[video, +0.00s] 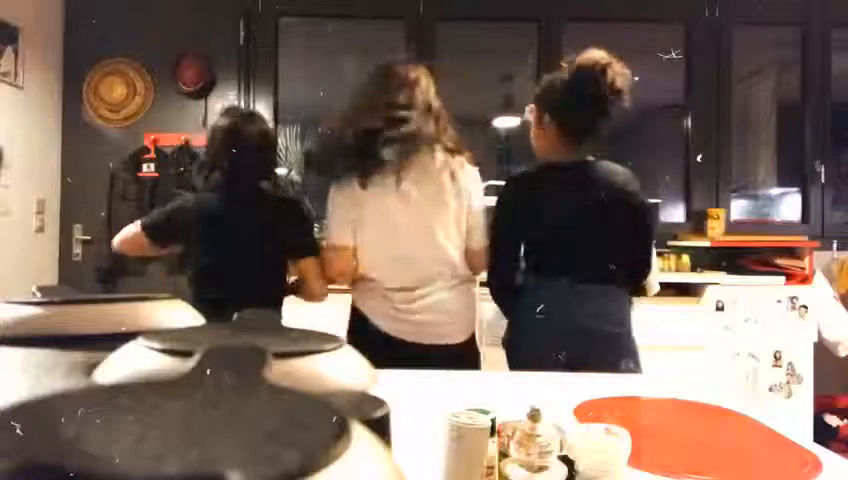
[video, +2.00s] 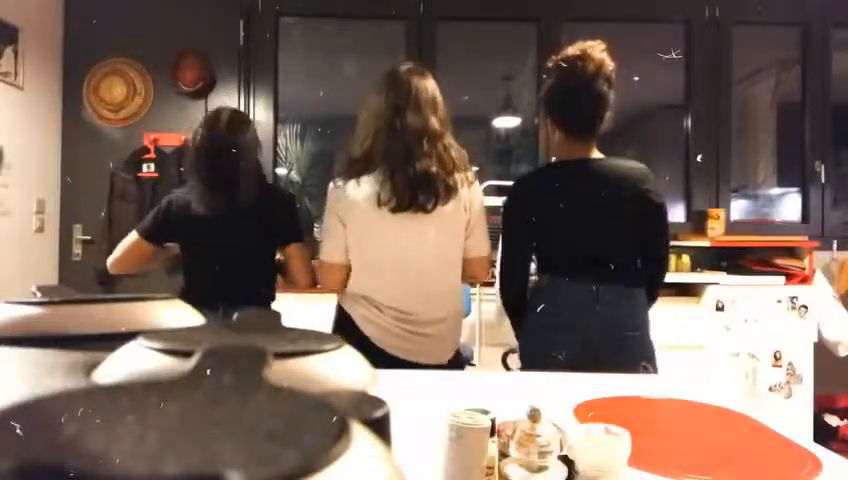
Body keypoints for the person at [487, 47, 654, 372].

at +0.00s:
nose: (531, 131)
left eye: (533, 122)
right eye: (531, 122)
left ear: (548, 124)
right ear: (591, 122)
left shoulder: (522, 188)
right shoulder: (624, 184)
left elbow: (500, 275)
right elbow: (638, 271)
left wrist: (525, 316)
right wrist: (611, 296)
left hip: (541, 316)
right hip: (608, 313)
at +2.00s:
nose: (542, 123)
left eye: (543, 114)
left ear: (550, 120)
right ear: (603, 116)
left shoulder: (530, 188)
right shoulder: (638, 179)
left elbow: (511, 282)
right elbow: (656, 268)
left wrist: (531, 335)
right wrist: (630, 312)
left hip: (555, 312)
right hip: (624, 312)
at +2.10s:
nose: (543, 120)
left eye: (544, 111)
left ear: (552, 117)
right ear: (604, 113)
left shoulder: (529, 187)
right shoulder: (638, 178)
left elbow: (513, 281)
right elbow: (658, 266)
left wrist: (533, 330)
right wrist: (632, 313)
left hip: (555, 318)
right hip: (625, 317)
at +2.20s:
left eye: (545, 108)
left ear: (549, 113)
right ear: (605, 112)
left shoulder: (527, 186)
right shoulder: (638, 178)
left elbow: (513, 279)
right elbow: (656, 268)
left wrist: (536, 331)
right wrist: (628, 316)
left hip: (554, 328)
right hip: (626, 326)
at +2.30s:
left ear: (549, 116)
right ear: (605, 116)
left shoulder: (528, 190)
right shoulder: (637, 183)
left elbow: (509, 283)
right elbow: (656, 271)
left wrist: (531, 334)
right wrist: (629, 321)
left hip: (552, 329)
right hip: (624, 330)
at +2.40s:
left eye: (544, 114)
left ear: (549, 119)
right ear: (605, 118)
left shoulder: (532, 191)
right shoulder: (637, 184)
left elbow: (508, 286)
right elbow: (656, 272)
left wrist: (526, 340)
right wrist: (628, 322)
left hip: (551, 334)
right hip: (624, 336)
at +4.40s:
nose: (553, 135)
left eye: (554, 124)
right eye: (553, 124)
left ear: (564, 127)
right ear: (611, 122)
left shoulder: (545, 192)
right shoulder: (642, 186)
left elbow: (528, 276)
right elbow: (655, 275)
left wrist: (512, 349)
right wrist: (638, 328)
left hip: (559, 334)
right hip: (628, 335)